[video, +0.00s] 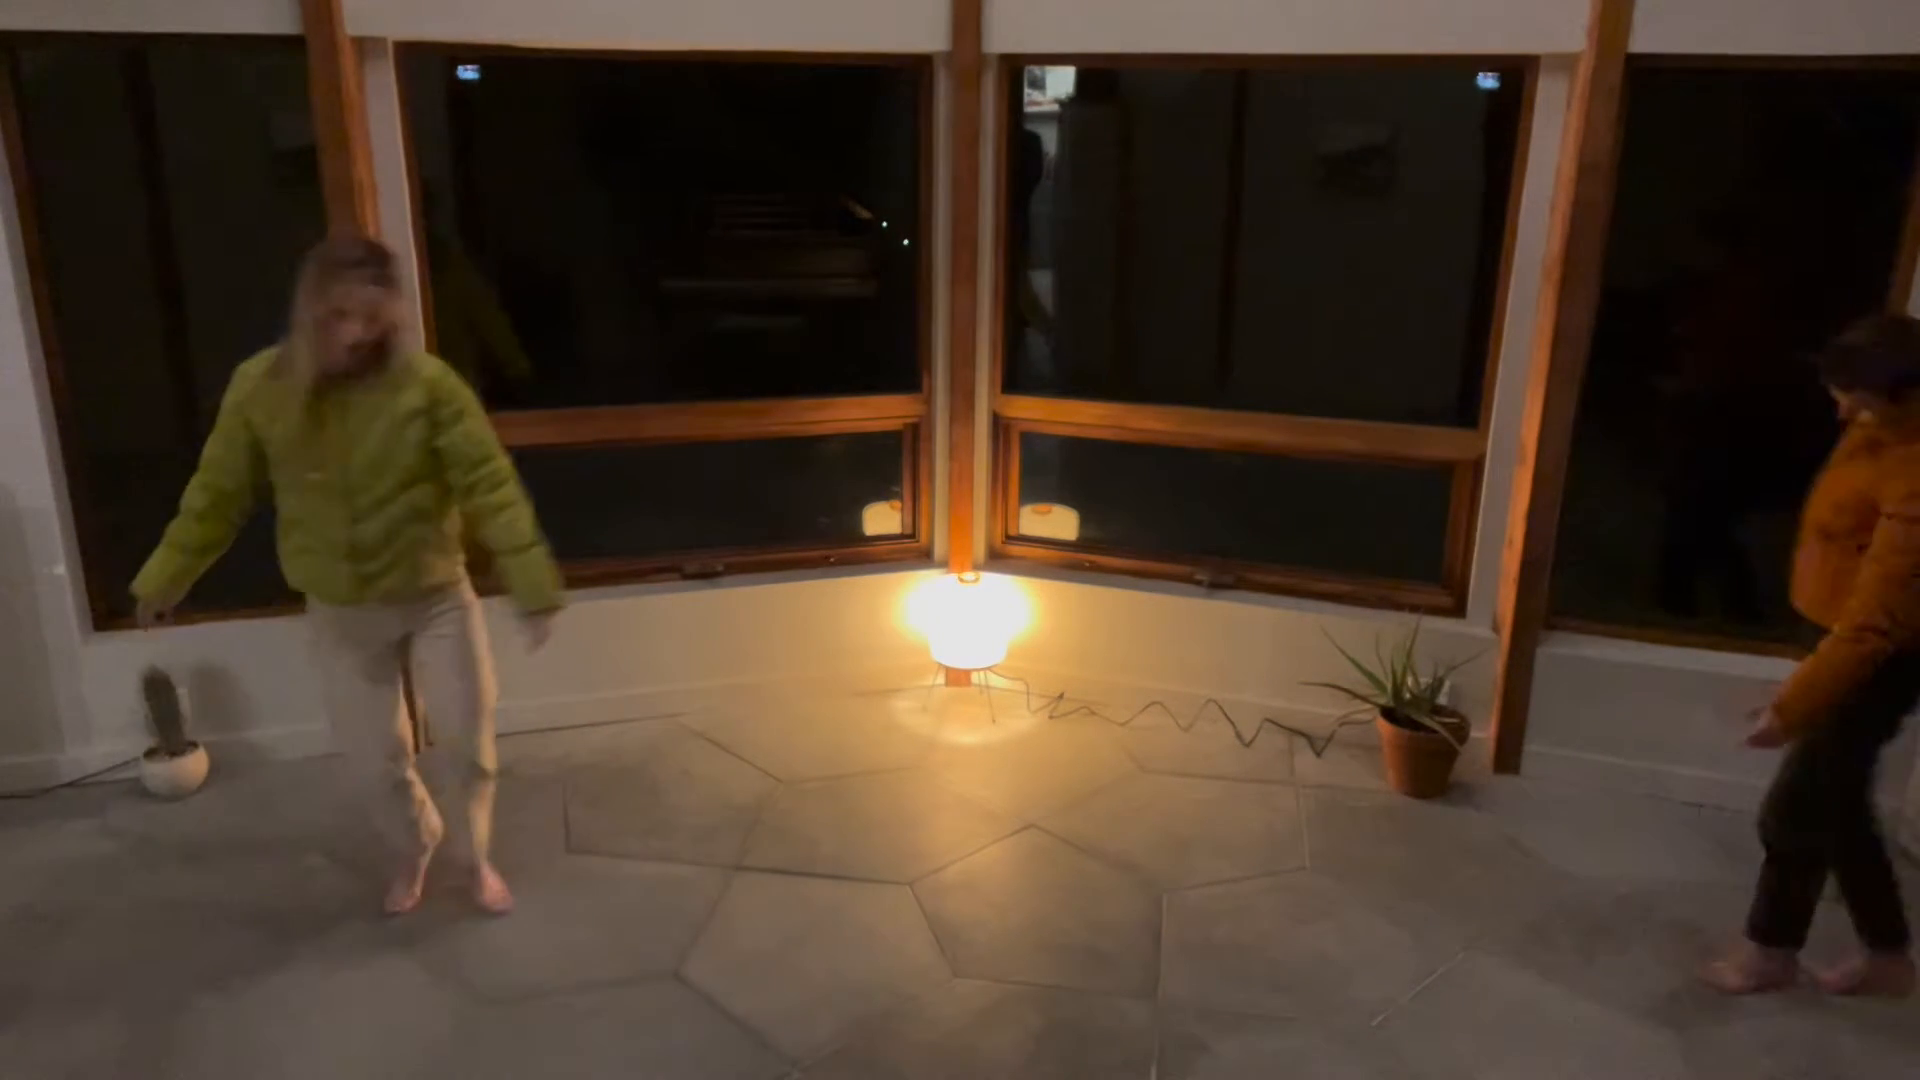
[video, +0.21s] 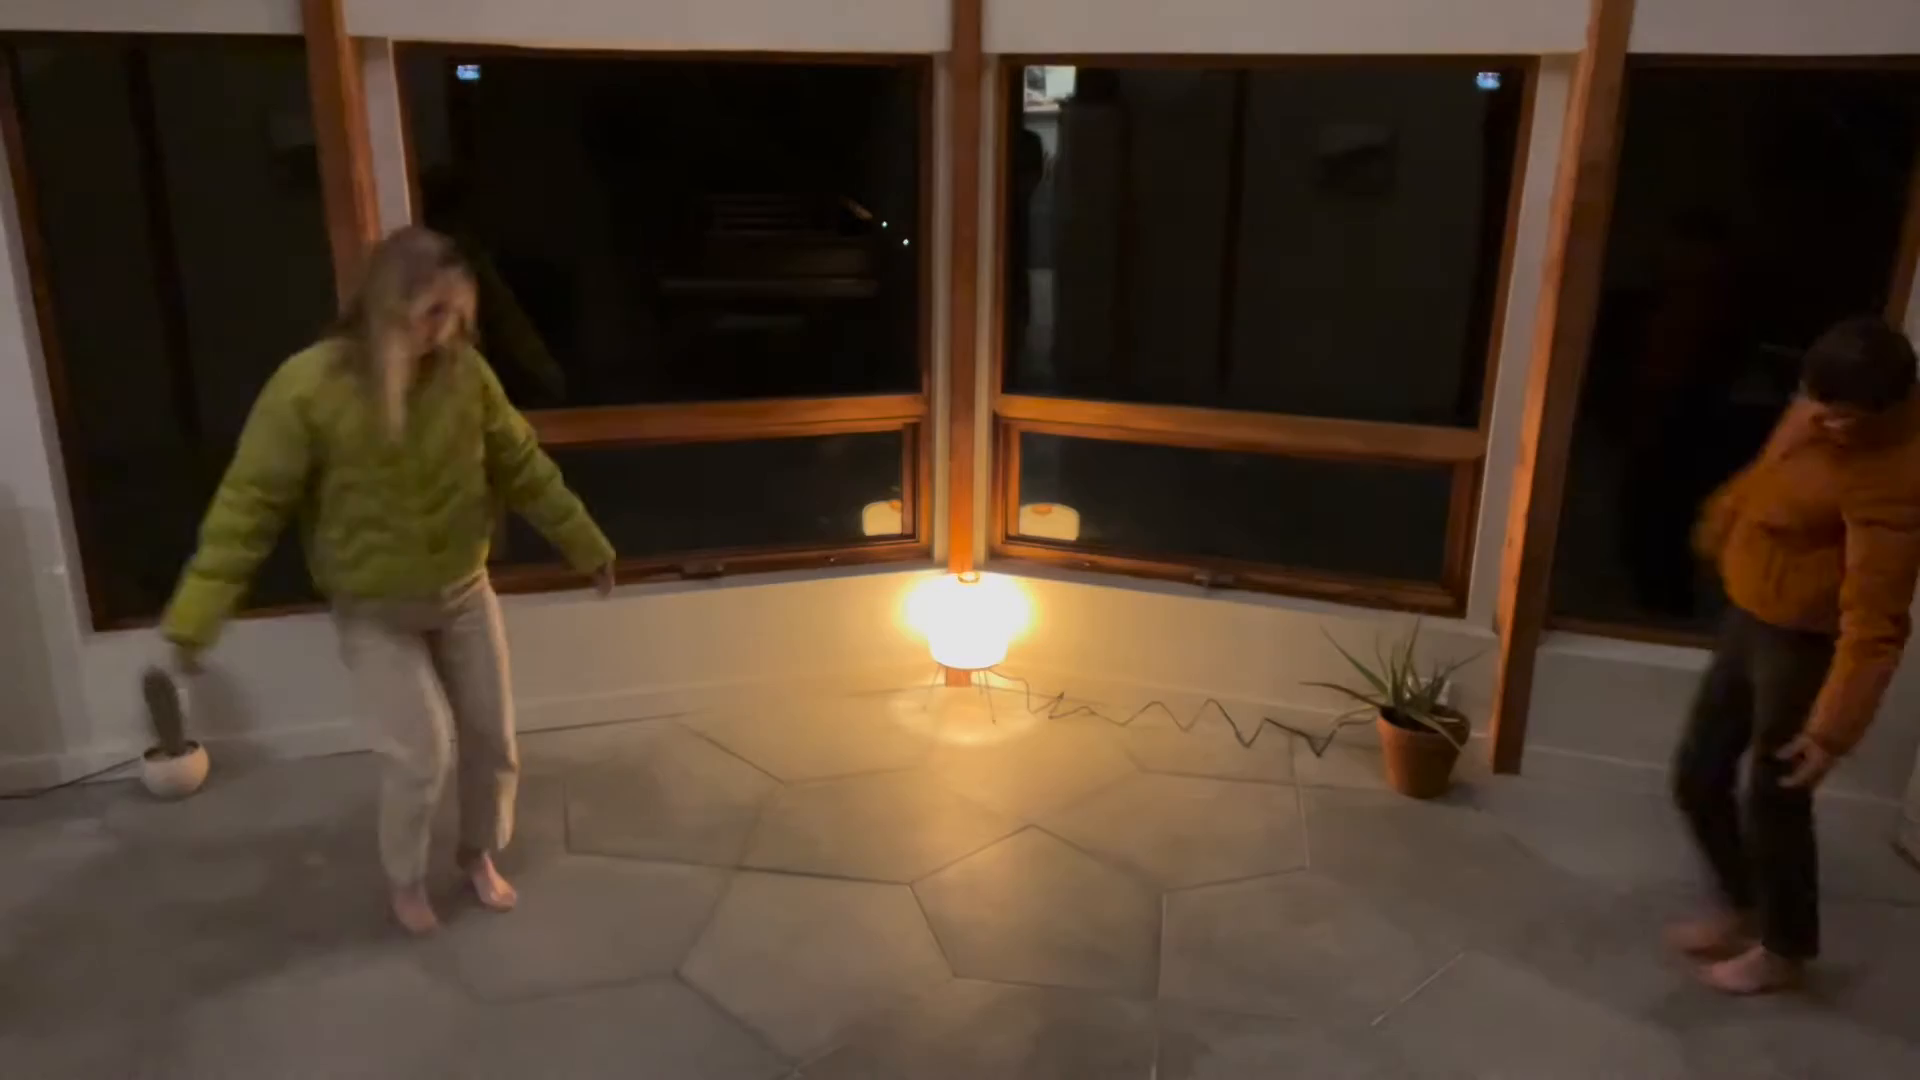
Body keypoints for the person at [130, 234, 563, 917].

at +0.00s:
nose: (353, 333)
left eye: (369, 317)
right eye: (337, 315)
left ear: (391, 317)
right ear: (308, 314)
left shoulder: (426, 387)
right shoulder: (263, 390)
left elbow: (489, 484)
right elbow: (215, 493)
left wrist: (534, 584)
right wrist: (162, 579)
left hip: (439, 597)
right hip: (342, 609)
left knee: (469, 743)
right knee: (371, 756)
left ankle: (476, 855)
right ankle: (417, 841)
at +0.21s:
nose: (447, 329)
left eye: (456, 314)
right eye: (434, 312)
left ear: (463, 312)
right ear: (389, 303)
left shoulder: (464, 373)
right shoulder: (311, 386)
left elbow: (523, 465)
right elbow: (249, 504)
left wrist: (585, 543)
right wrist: (193, 619)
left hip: (464, 594)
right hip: (373, 610)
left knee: (494, 742)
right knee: (423, 748)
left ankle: (483, 856)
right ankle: (407, 880)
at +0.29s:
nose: (480, 331)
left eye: (485, 314)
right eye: (465, 316)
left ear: (485, 310)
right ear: (416, 310)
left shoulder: (473, 376)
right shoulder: (337, 382)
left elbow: (519, 463)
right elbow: (282, 501)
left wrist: (580, 534)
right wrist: (260, 618)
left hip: (467, 593)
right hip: (385, 610)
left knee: (503, 726)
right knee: (423, 757)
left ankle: (474, 854)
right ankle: (402, 887)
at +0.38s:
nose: (491, 332)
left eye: (495, 318)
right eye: (480, 317)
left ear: (489, 314)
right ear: (434, 308)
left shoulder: (473, 375)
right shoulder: (355, 384)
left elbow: (511, 466)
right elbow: (315, 506)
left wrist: (564, 530)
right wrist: (310, 622)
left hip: (472, 595)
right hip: (397, 612)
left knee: (506, 731)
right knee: (433, 757)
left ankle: (463, 864)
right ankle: (402, 890)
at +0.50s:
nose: (513, 329)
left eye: (515, 313)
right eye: (505, 314)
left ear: (486, 311)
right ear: (465, 311)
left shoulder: (473, 374)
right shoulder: (394, 388)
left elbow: (487, 478)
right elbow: (387, 522)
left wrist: (515, 543)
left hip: (474, 594)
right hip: (422, 608)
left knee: (500, 748)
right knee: (482, 752)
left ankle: (459, 875)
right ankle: (418, 898)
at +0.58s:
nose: (523, 333)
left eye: (524, 318)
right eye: (516, 318)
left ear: (477, 311)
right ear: (477, 313)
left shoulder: (459, 382)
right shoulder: (420, 388)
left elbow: (468, 505)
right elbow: (427, 523)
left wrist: (497, 597)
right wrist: (489, 623)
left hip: (466, 596)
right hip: (422, 604)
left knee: (518, 731)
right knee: (479, 753)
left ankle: (457, 872)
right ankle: (412, 903)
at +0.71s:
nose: (545, 329)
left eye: (546, 312)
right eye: (538, 312)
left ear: (460, 304)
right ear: (502, 313)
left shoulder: (423, 372)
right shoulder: (475, 387)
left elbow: (409, 496)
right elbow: (511, 524)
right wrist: (590, 621)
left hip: (423, 595)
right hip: (453, 602)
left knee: (492, 742)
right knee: (509, 757)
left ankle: (472, 886)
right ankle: (424, 896)